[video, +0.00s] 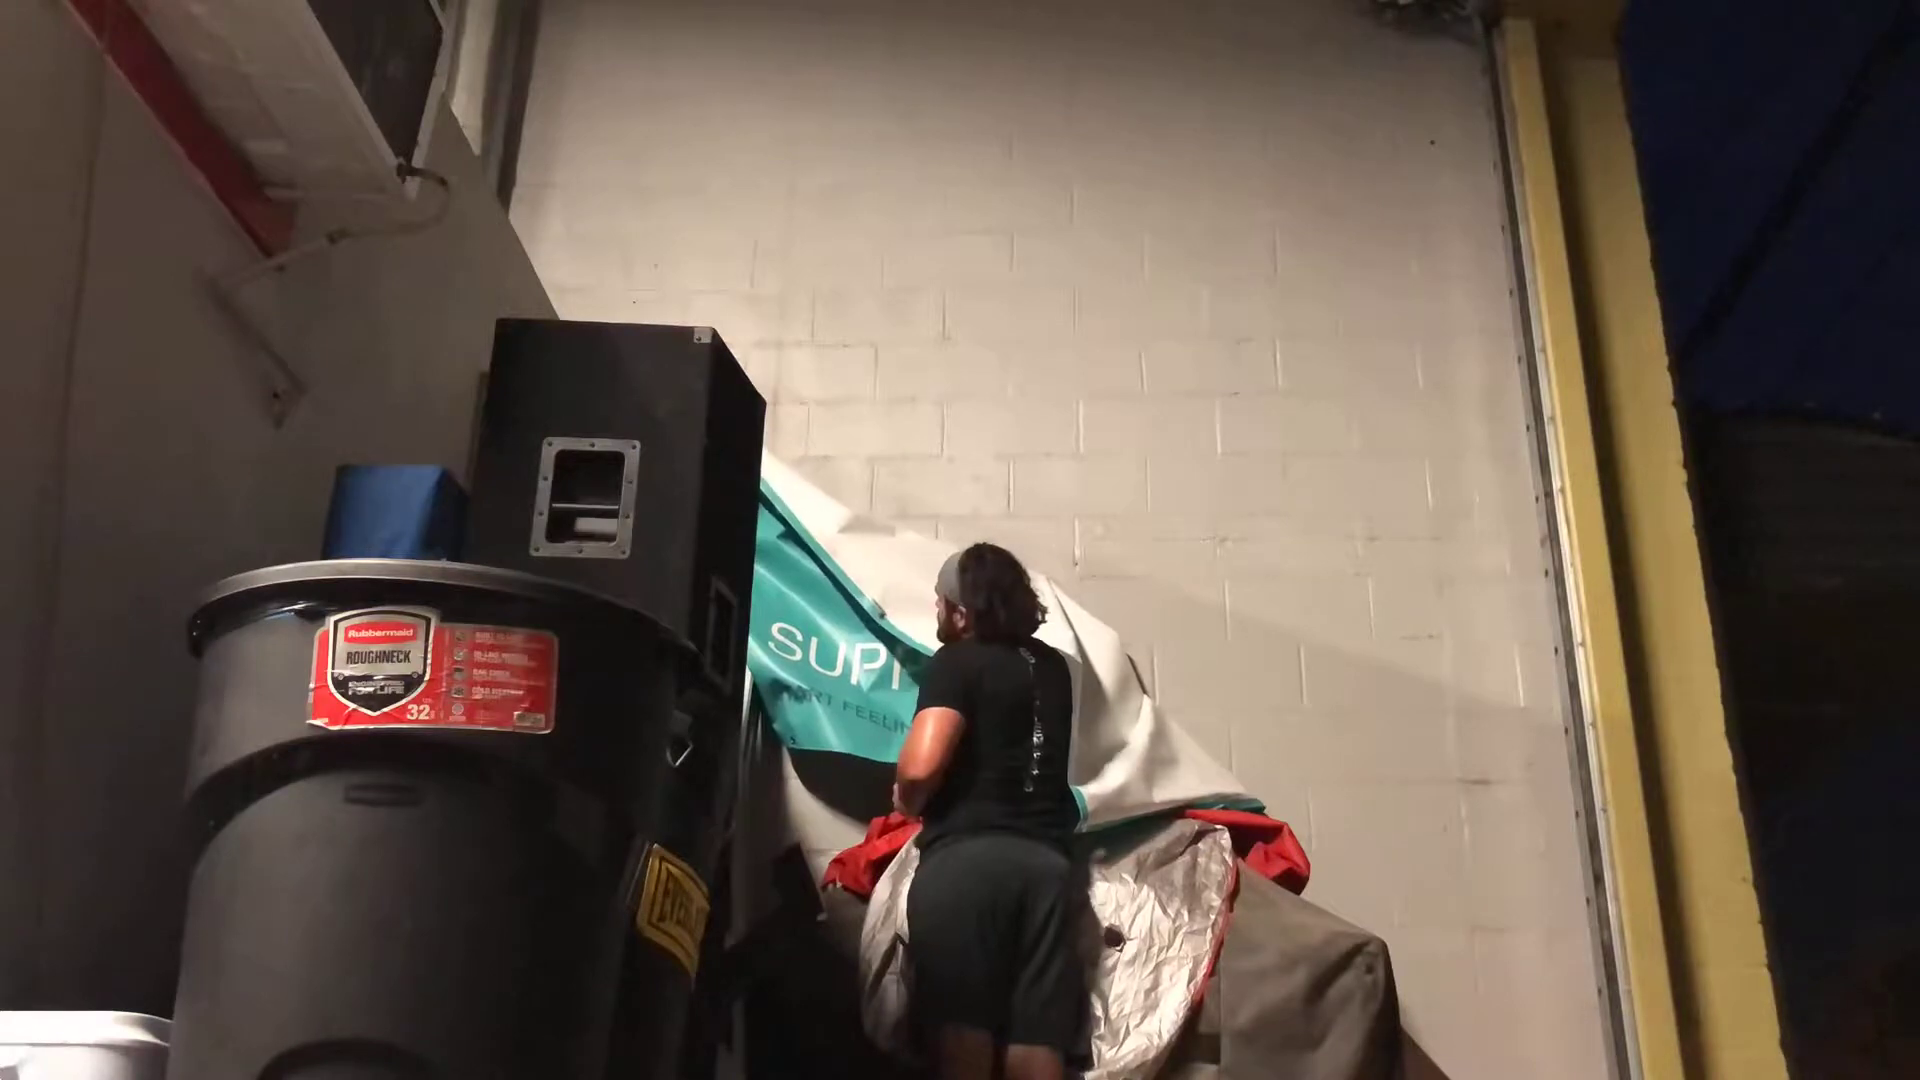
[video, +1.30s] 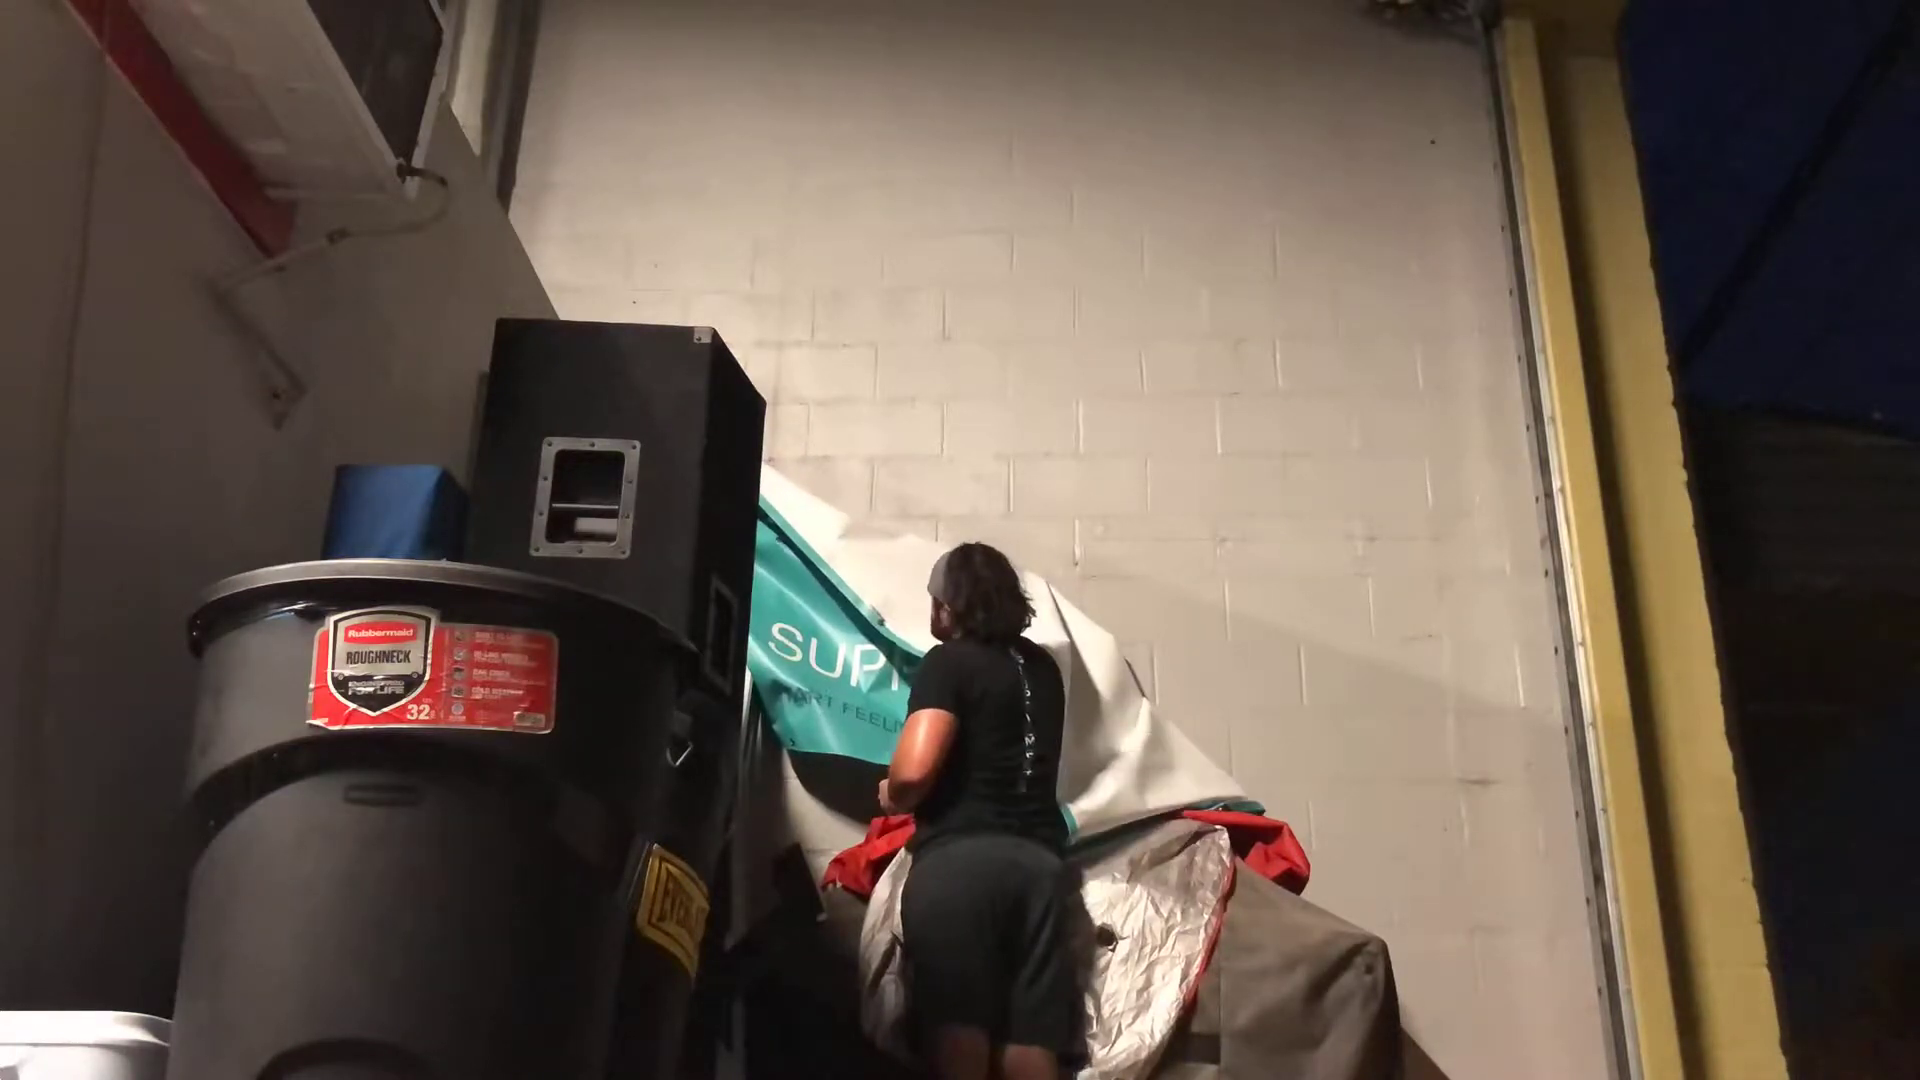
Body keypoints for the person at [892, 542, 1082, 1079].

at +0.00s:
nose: (937, 614)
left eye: (940, 603)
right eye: (938, 602)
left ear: (963, 612)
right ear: (1015, 607)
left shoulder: (957, 660)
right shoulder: (1059, 668)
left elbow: (920, 766)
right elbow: (1046, 761)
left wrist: (907, 801)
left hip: (967, 856)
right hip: (1050, 862)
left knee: (963, 1040)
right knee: (1038, 1046)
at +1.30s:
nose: (931, 612)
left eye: (934, 600)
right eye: (932, 599)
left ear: (949, 605)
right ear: (1007, 602)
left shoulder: (948, 661)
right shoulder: (1045, 666)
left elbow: (914, 770)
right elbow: (1034, 760)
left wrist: (892, 796)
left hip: (960, 856)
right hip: (1042, 861)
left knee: (958, 1039)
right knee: (1034, 1045)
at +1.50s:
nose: (968, 590)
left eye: (971, 578)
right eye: (970, 578)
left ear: (991, 587)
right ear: (1041, 588)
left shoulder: (992, 654)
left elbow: (955, 757)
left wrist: (898, 741)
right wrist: (875, 674)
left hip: (974, 877)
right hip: (1051, 879)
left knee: (960, 1043)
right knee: (1036, 1049)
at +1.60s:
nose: (937, 604)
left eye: (936, 594)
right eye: (936, 595)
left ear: (949, 592)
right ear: (1016, 581)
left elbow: (897, 759)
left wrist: (950, 752)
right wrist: (1042, 743)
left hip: (971, 851)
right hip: (1063, 856)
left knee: (980, 1031)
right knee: (1054, 1035)